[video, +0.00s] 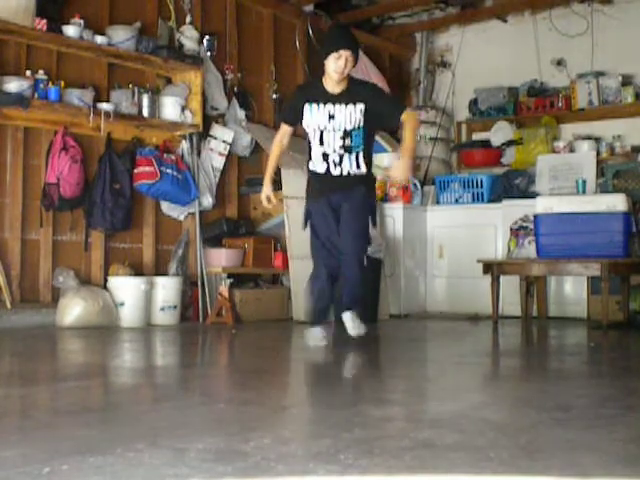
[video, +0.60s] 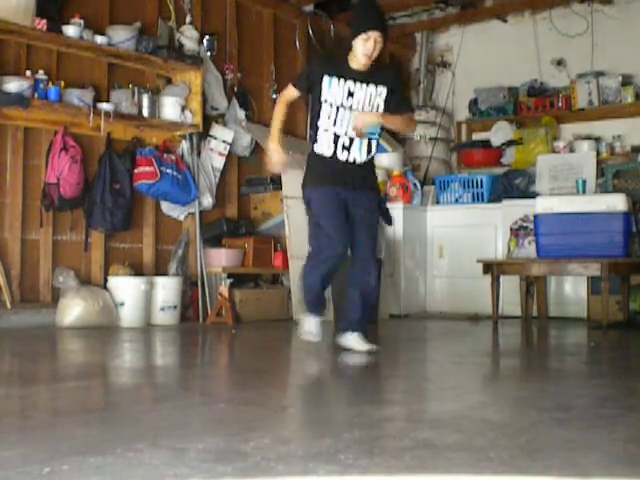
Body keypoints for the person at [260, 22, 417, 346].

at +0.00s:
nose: (344, 65)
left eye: (349, 59)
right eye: (338, 58)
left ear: (354, 63)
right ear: (324, 58)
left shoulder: (367, 95)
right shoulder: (304, 95)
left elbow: (410, 117)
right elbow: (283, 135)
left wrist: (405, 161)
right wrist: (268, 179)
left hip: (356, 187)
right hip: (320, 188)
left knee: (353, 249)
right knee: (324, 253)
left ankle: (350, 308)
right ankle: (320, 321)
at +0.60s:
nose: (373, 46)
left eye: (378, 41)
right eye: (368, 39)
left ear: (383, 44)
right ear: (353, 37)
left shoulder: (387, 77)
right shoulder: (323, 69)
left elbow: (408, 124)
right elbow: (285, 97)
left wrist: (378, 118)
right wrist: (274, 142)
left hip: (362, 180)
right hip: (324, 178)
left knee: (366, 258)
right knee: (332, 246)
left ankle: (352, 330)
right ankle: (312, 307)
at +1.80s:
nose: (322, 39)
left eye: (328, 32)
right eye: (315, 32)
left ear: (336, 36)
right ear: (302, 35)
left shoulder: (350, 73)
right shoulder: (285, 65)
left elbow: (379, 101)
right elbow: (264, 109)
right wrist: (308, 97)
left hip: (321, 185)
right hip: (280, 182)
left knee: (323, 262)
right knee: (261, 242)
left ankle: (324, 333)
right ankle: (250, 278)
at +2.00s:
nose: (299, 46)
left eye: (305, 37)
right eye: (292, 37)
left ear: (315, 37)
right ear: (281, 38)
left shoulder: (328, 72)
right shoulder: (270, 64)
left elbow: (358, 118)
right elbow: (253, 101)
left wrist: (317, 107)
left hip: (302, 180)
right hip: (262, 179)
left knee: (317, 255)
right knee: (246, 255)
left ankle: (335, 321)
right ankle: (234, 324)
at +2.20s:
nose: (296, 53)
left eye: (302, 46)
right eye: (290, 46)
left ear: (310, 46)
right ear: (278, 46)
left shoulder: (319, 72)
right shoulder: (256, 69)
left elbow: (333, 118)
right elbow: (204, 80)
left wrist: (298, 92)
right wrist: (168, 109)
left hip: (313, 189)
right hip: (275, 191)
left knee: (336, 257)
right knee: (261, 269)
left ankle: (328, 318)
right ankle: (231, 327)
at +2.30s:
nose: (297, 49)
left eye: (303, 41)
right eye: (290, 42)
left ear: (310, 38)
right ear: (278, 40)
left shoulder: (318, 57)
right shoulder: (255, 64)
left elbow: (338, 82)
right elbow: (217, 88)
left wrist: (305, 72)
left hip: (324, 171)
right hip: (286, 175)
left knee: (349, 241)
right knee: (290, 249)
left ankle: (340, 313)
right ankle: (265, 314)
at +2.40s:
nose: (297, 54)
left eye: (302, 47)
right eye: (291, 48)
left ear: (307, 43)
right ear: (277, 45)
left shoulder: (322, 64)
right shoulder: (256, 75)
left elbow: (346, 111)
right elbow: (248, 117)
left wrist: (320, 124)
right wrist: (264, 129)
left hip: (329, 174)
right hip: (290, 179)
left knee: (349, 248)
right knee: (311, 254)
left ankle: (363, 325)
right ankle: (322, 322)